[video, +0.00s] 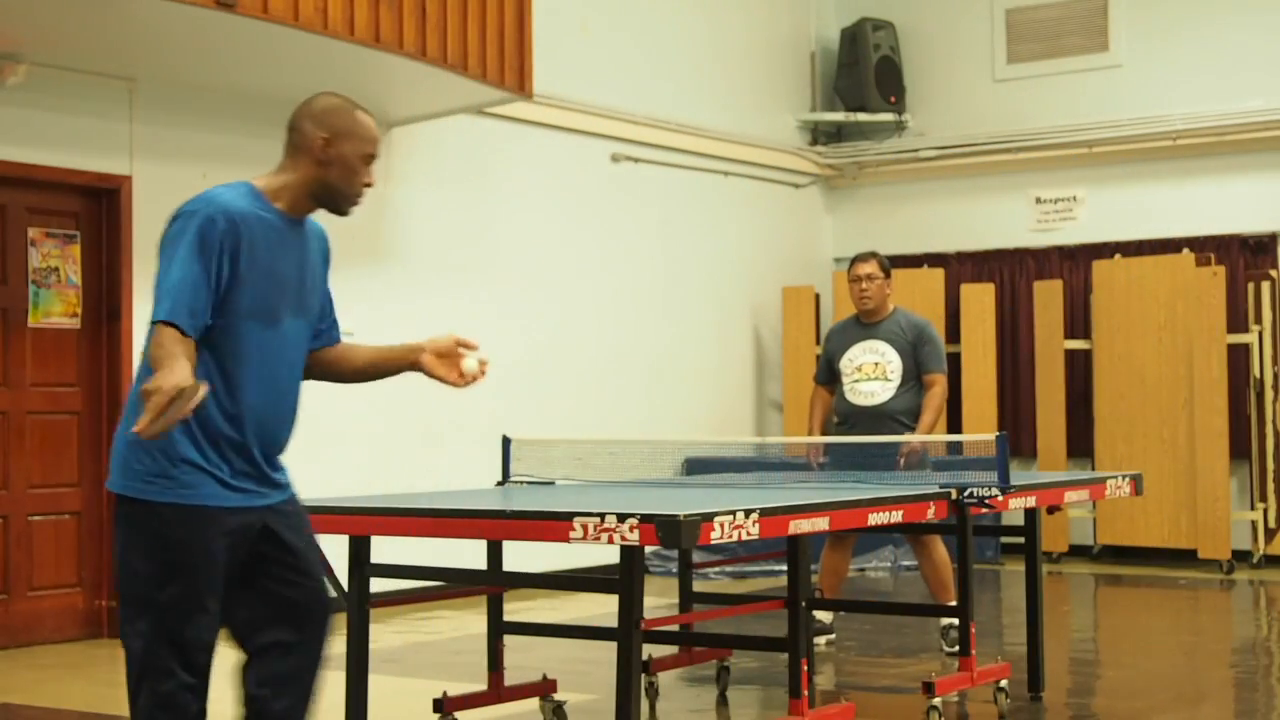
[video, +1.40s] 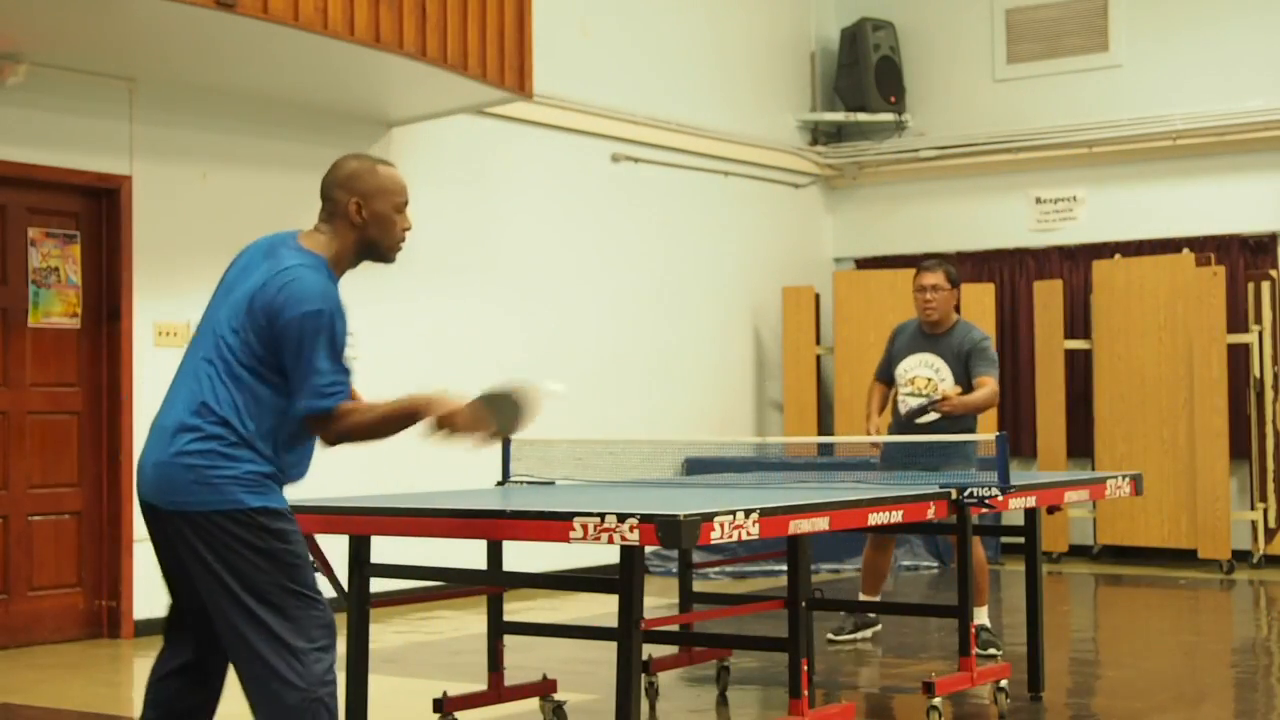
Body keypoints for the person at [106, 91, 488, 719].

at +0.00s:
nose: (370, 179)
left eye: (372, 164)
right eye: (364, 161)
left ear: (322, 150)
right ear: (319, 146)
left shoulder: (311, 243)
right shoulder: (214, 217)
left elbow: (316, 355)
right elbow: (170, 330)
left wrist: (416, 354)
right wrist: (177, 374)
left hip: (258, 482)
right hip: (174, 478)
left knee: (298, 618)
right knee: (172, 669)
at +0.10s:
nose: (348, 177)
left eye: (352, 162)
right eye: (341, 158)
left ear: (296, 145)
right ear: (293, 141)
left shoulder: (299, 243)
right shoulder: (198, 217)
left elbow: (309, 357)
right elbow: (174, 339)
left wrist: (378, 351)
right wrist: (231, 368)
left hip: (239, 480)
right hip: (160, 475)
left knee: (250, 634)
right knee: (167, 656)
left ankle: (216, 716)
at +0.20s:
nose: (334, 173)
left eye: (337, 159)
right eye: (327, 154)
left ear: (282, 147)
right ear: (280, 141)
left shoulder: (288, 240)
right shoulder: (193, 217)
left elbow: (283, 350)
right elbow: (198, 345)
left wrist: (335, 367)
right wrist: (316, 341)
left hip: (224, 477)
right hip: (156, 470)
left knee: (207, 649)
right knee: (164, 658)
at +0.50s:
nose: (318, 171)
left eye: (319, 157)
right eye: (313, 155)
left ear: (259, 155)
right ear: (276, 152)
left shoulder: (212, 219)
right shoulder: (238, 223)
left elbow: (202, 356)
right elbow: (290, 344)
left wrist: (278, 418)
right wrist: (371, 303)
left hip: (160, 466)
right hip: (188, 470)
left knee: (176, 638)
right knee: (248, 622)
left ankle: (157, 715)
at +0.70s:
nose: (340, 173)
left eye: (339, 160)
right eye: (336, 159)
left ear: (274, 161)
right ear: (312, 159)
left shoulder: (205, 229)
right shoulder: (298, 233)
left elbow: (167, 337)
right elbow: (325, 360)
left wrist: (275, 390)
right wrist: (422, 363)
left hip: (153, 464)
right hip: (220, 468)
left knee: (175, 648)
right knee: (286, 634)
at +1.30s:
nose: (409, 227)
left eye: (408, 214)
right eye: (401, 214)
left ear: (356, 217)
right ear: (364, 218)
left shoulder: (272, 262)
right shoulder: (309, 286)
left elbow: (247, 373)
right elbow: (294, 421)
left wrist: (330, 393)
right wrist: (384, 425)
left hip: (177, 483)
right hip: (230, 490)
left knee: (210, 633)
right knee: (325, 636)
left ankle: (166, 716)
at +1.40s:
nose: (408, 225)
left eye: (407, 210)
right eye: (399, 210)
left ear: (346, 210)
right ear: (355, 210)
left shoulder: (267, 253)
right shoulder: (308, 290)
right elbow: (334, 423)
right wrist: (425, 406)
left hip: (168, 476)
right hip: (223, 485)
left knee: (198, 637)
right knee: (303, 641)